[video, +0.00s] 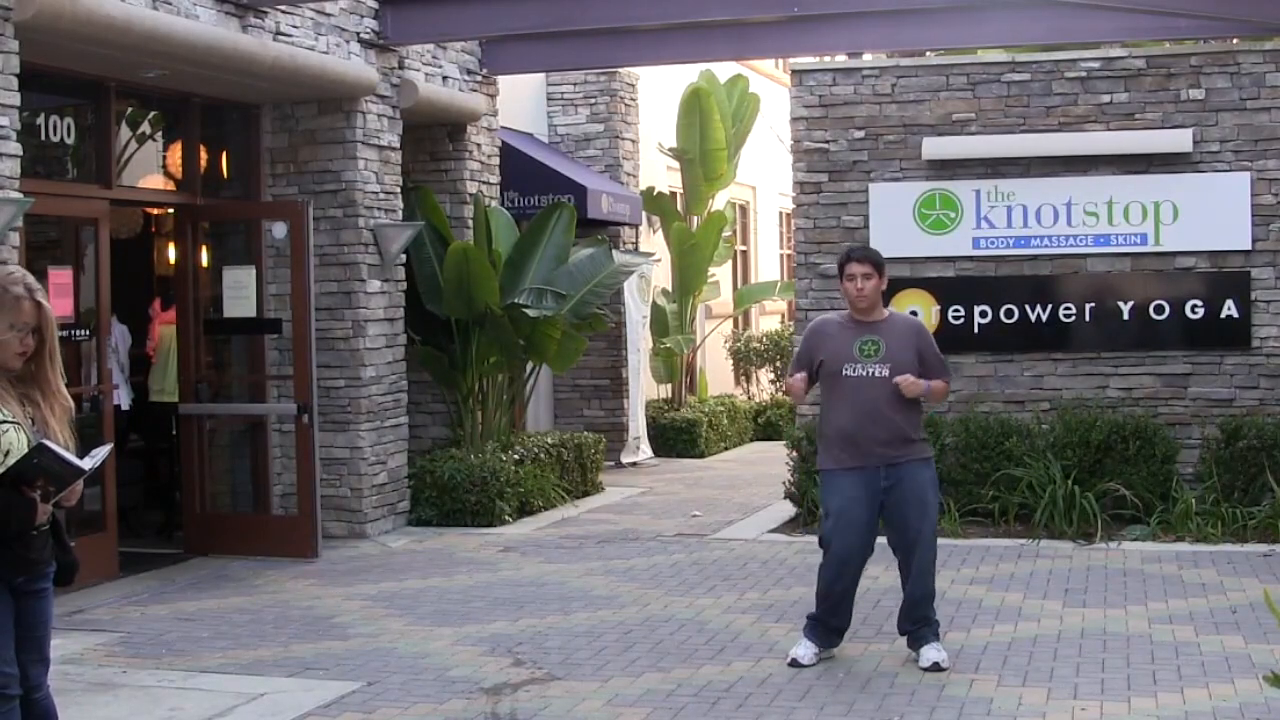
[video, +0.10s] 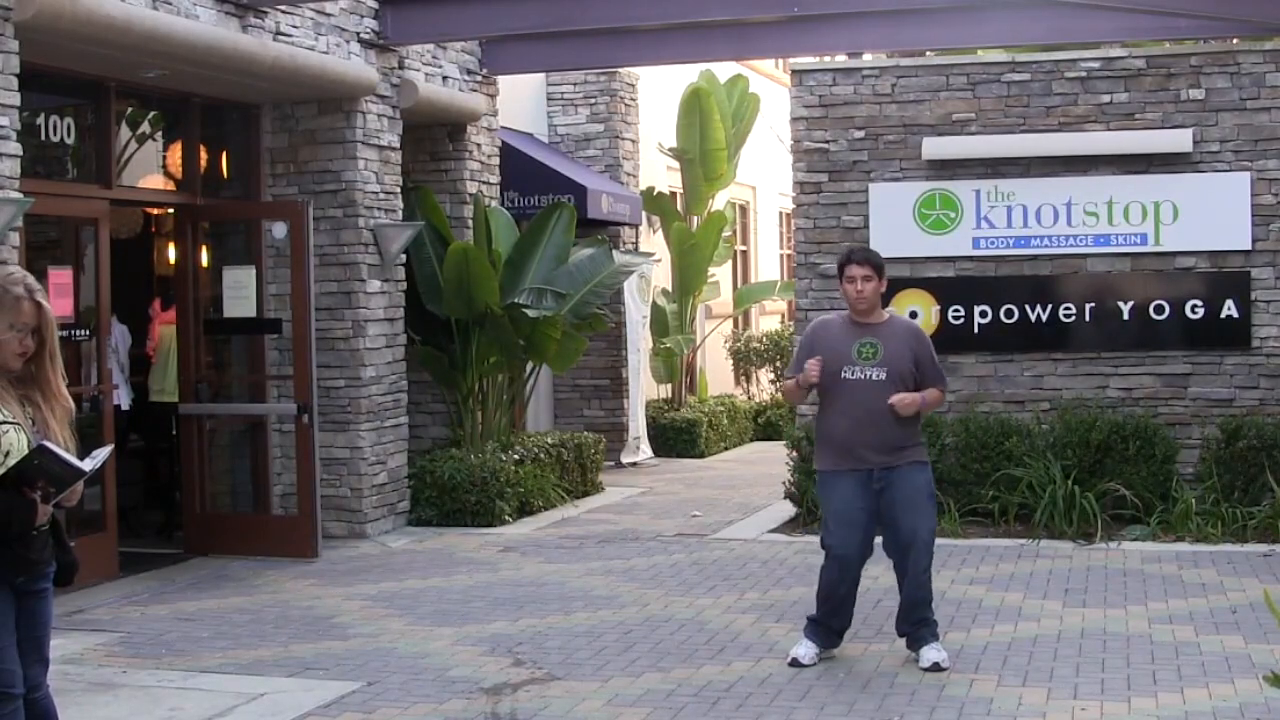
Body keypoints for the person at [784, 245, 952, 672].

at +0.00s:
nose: (859, 286)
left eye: (866, 278)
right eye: (850, 279)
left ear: (882, 282)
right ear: (841, 285)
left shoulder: (912, 329)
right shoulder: (821, 332)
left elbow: (941, 386)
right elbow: (799, 385)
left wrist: (921, 387)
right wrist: (796, 387)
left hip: (908, 459)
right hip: (844, 464)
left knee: (920, 548)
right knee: (842, 551)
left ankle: (925, 636)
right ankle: (820, 635)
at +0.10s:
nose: (858, 288)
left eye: (866, 280)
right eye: (850, 281)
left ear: (882, 284)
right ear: (840, 287)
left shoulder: (911, 334)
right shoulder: (820, 333)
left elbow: (937, 393)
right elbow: (791, 397)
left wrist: (919, 400)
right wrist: (802, 380)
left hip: (905, 462)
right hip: (840, 465)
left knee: (917, 543)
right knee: (843, 552)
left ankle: (923, 637)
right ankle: (821, 636)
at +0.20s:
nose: (857, 287)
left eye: (866, 279)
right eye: (849, 279)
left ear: (881, 284)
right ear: (840, 286)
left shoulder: (909, 334)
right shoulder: (819, 331)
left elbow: (931, 396)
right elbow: (789, 391)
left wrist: (908, 397)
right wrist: (814, 388)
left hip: (898, 466)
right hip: (833, 466)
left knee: (912, 548)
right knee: (828, 553)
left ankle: (923, 637)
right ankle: (819, 636)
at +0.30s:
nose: (858, 284)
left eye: (866, 276)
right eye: (850, 277)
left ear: (881, 281)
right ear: (840, 284)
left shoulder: (908, 330)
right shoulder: (820, 330)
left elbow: (930, 396)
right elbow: (793, 388)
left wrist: (904, 390)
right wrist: (817, 405)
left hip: (896, 464)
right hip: (830, 464)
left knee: (911, 547)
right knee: (820, 552)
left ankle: (923, 637)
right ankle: (817, 634)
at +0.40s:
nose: (859, 282)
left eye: (867, 273)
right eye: (851, 274)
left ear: (882, 279)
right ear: (841, 282)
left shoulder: (909, 327)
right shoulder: (820, 330)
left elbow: (933, 396)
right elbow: (795, 385)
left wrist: (905, 380)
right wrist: (810, 417)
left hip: (898, 461)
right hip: (832, 462)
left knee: (910, 551)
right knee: (826, 553)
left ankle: (924, 636)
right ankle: (818, 635)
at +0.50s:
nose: (860, 283)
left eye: (868, 274)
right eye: (852, 275)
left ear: (883, 279)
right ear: (842, 283)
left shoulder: (911, 326)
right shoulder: (821, 331)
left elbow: (938, 392)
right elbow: (796, 383)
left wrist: (909, 378)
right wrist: (802, 416)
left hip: (902, 459)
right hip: (837, 461)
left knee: (913, 551)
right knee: (832, 552)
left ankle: (924, 637)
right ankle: (817, 635)